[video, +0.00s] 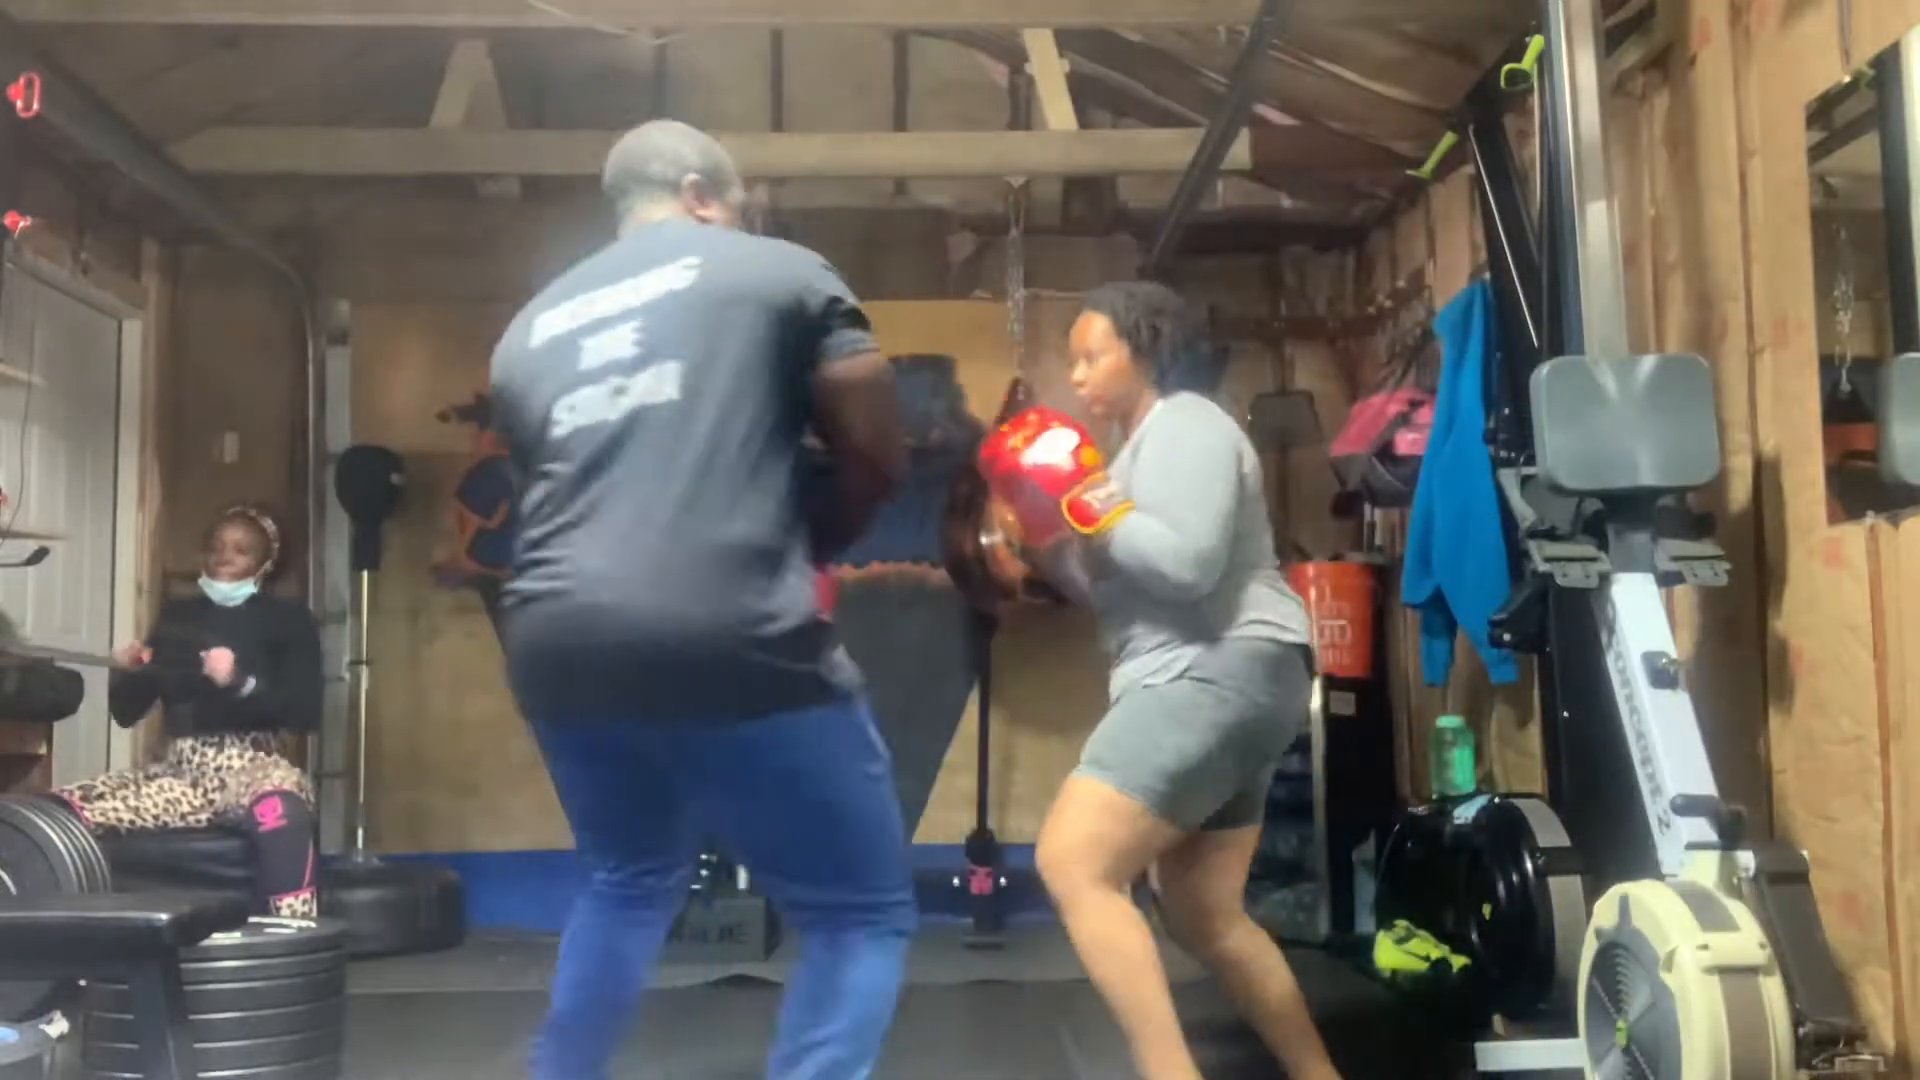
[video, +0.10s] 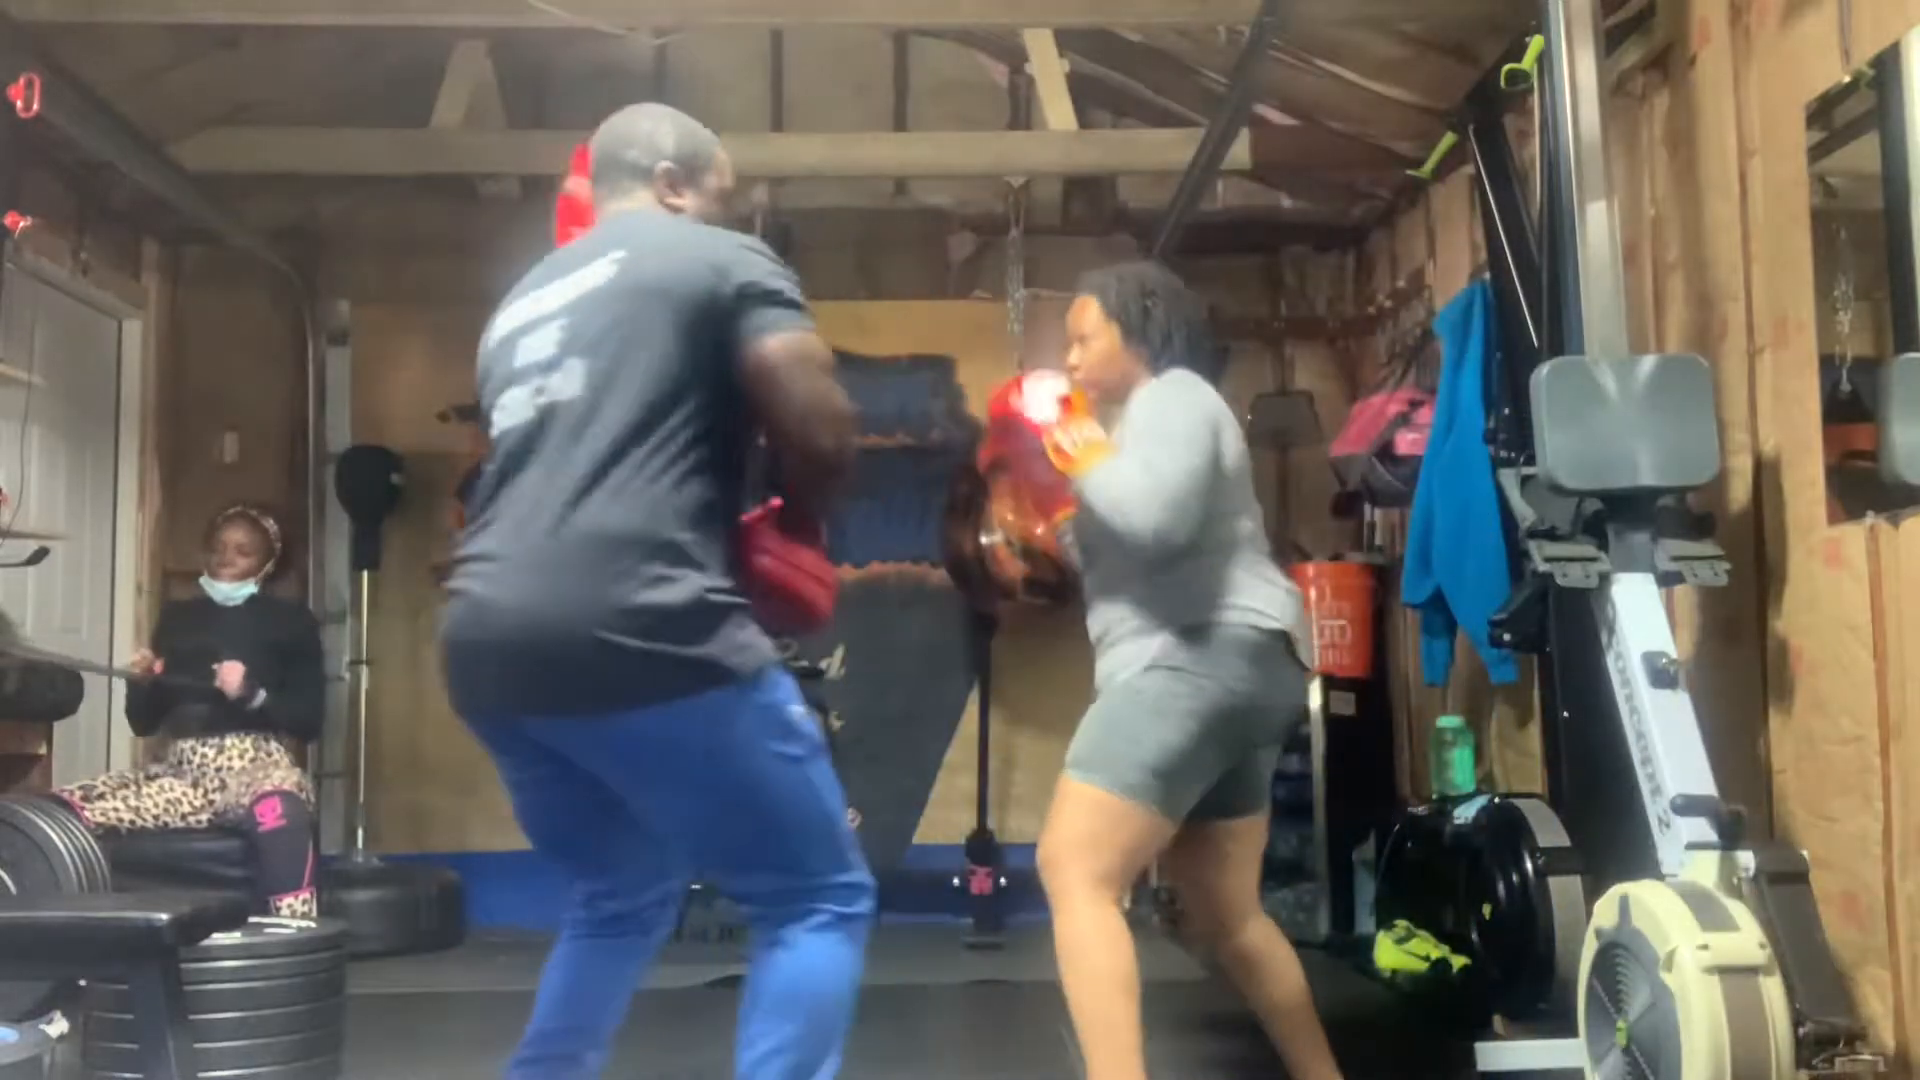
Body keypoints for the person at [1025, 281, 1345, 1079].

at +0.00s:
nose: (1074, 378)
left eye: (1088, 358)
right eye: (1073, 360)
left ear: (1141, 355)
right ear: (1123, 362)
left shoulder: (1187, 423)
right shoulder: (1129, 457)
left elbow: (1188, 566)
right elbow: (1104, 591)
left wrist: (1086, 501)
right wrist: (1041, 532)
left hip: (1223, 658)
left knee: (1076, 862)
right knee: (1206, 907)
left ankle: (1172, 1073)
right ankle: (1318, 1073)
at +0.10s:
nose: (1071, 359)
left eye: (1084, 339)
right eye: (1071, 341)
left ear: (1138, 335)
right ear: (1134, 342)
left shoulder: (1175, 398)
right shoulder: (1156, 416)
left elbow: (1154, 515)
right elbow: (1127, 551)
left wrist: (1079, 441)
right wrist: (1056, 542)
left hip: (1199, 655)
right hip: (1250, 661)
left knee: (1079, 870)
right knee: (1225, 913)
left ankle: (1116, 1074)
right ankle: (1320, 1073)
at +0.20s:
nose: (1056, 324)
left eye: (1069, 305)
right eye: (1055, 308)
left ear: (1123, 300)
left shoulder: (1150, 360)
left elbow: (1045, 389)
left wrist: (974, 332)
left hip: (1183, 601)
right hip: (1241, 618)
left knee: (1097, 871)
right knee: (1239, 887)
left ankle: (1120, 1072)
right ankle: (1316, 1071)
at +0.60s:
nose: (1025, 320)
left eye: (1036, 298)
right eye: (1026, 300)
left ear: (1083, 290)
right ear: (1116, 295)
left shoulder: (1113, 355)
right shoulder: (1176, 386)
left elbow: (1037, 401)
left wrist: (963, 345)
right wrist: (1022, 519)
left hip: (1123, 626)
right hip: (1207, 639)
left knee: (1018, 887)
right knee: (1193, 910)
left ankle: (1025, 1070)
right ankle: (1277, 1074)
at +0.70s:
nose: (1000, 281)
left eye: (1009, 264)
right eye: (1002, 264)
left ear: (1050, 269)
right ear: (1112, 275)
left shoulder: (1059, 331)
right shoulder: (1161, 377)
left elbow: (920, 302)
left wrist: (818, 241)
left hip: (1102, 598)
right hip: (1197, 616)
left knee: (1023, 896)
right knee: (1169, 889)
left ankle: (1028, 1074)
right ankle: (1275, 1070)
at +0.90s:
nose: (976, 292)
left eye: (987, 271)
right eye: (976, 272)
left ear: (1037, 263)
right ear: (1066, 267)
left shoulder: (1066, 331)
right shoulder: (1114, 348)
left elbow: (949, 409)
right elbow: (968, 412)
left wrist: (857, 345)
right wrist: (880, 351)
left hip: (1091, 612)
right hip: (1157, 622)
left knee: (1014, 901)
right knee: (1161, 897)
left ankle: (1026, 1077)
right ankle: (1264, 1071)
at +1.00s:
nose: (988, 294)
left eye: (1003, 272)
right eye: (989, 274)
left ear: (1062, 268)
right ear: (1065, 272)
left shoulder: (1094, 343)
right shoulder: (1093, 351)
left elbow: (1045, 481)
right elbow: (1034, 477)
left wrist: (969, 406)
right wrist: (971, 410)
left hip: (1098, 632)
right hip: (1150, 633)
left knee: (1018, 907)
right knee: (1176, 907)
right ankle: (1266, 1071)